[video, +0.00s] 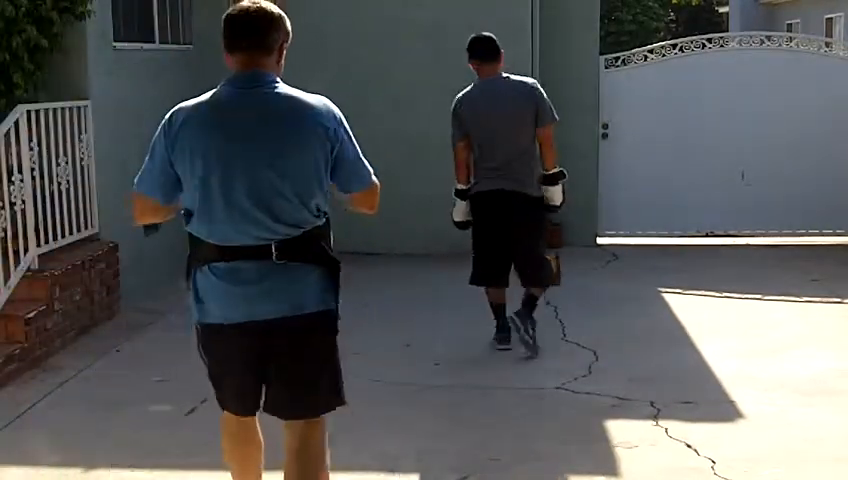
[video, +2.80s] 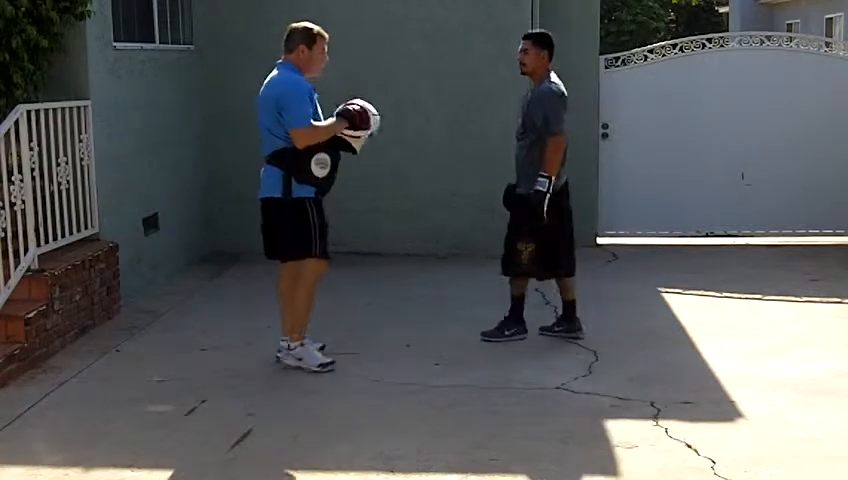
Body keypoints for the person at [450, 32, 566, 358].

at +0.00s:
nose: (477, 69)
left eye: (473, 64)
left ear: (471, 65)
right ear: (502, 58)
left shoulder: (464, 101)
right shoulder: (530, 89)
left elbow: (462, 153)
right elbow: (546, 139)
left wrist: (462, 197)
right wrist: (553, 183)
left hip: (486, 198)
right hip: (525, 196)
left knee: (493, 265)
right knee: (535, 262)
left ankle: (501, 330)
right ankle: (526, 313)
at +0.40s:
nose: (499, 65)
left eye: (500, 59)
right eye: (499, 59)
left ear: (512, 57)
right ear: (529, 57)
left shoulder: (508, 97)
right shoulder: (557, 89)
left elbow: (493, 149)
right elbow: (547, 137)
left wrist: (477, 188)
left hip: (510, 194)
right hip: (544, 191)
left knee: (501, 260)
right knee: (546, 254)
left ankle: (502, 329)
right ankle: (567, 322)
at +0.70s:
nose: (526, 63)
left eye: (531, 57)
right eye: (525, 57)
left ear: (551, 58)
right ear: (545, 59)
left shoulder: (548, 95)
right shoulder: (562, 88)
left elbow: (538, 148)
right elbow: (549, 145)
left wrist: (524, 191)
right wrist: (530, 181)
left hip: (542, 194)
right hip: (564, 191)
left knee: (521, 257)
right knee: (568, 261)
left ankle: (510, 326)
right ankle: (572, 328)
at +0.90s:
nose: (535, 60)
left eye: (540, 53)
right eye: (533, 54)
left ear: (560, 55)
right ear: (541, 56)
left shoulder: (563, 90)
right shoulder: (554, 87)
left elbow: (568, 140)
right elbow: (550, 141)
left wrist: (569, 187)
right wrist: (537, 188)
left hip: (553, 193)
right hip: (548, 191)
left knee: (532, 261)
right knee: (570, 262)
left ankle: (525, 329)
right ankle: (571, 329)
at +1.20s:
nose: (540, 58)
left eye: (546, 51)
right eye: (539, 52)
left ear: (564, 54)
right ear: (553, 57)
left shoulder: (570, 90)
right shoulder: (561, 87)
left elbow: (576, 140)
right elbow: (557, 143)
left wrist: (572, 186)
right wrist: (542, 190)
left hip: (565, 191)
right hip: (550, 191)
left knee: (567, 260)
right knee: (552, 259)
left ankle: (573, 329)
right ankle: (568, 325)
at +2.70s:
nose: (526, 56)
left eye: (533, 51)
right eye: (527, 51)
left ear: (550, 55)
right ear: (540, 57)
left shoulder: (557, 91)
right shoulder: (541, 89)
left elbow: (564, 141)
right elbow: (540, 141)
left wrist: (547, 183)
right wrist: (526, 182)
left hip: (553, 188)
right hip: (538, 187)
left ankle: (559, 316)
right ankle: (558, 317)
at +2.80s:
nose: (520, 57)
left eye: (526, 52)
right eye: (520, 52)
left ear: (544, 56)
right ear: (532, 58)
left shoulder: (550, 92)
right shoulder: (537, 90)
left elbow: (556, 142)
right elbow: (532, 143)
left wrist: (542, 186)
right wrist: (519, 183)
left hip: (538, 191)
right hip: (542, 189)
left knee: (517, 257)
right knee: (560, 256)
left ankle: (515, 320)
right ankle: (569, 319)